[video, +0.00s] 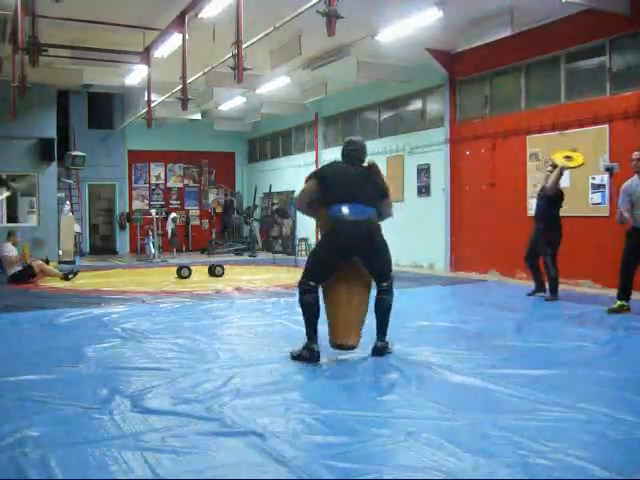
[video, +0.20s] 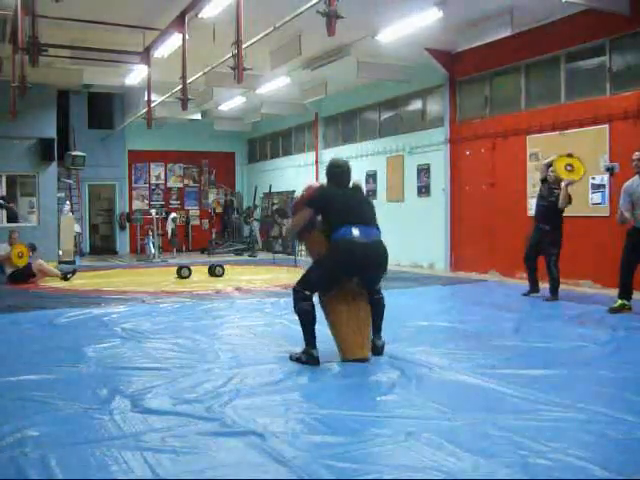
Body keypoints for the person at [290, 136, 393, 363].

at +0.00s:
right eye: (361, 156)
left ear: (342, 155)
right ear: (364, 157)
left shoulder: (328, 170)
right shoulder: (373, 175)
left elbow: (300, 202)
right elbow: (386, 211)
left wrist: (323, 215)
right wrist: (366, 218)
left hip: (336, 235)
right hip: (369, 235)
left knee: (308, 284)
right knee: (384, 282)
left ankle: (311, 346)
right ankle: (381, 342)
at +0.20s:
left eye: (329, 176)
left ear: (328, 177)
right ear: (349, 178)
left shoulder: (322, 194)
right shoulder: (361, 195)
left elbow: (295, 225)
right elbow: (369, 224)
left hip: (343, 253)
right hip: (376, 252)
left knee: (302, 291)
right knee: (374, 289)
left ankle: (310, 350)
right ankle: (377, 340)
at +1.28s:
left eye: (325, 157)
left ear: (324, 159)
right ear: (346, 158)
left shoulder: (319, 180)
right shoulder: (360, 179)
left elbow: (293, 215)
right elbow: (370, 203)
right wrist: (357, 174)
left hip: (343, 241)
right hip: (373, 238)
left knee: (299, 284)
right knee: (375, 284)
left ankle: (302, 346)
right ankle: (376, 338)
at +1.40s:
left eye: (342, 151)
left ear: (340, 154)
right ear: (361, 155)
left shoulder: (328, 181)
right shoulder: (371, 182)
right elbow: (371, 212)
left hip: (339, 251)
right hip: (370, 252)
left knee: (294, 287)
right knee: (373, 287)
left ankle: (303, 346)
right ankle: (375, 339)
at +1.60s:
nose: (344, 170)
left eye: (346, 166)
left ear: (346, 168)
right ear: (368, 170)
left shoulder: (335, 193)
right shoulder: (383, 193)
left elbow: (312, 201)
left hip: (335, 254)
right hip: (367, 258)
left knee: (299, 290)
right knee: (367, 290)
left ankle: (304, 346)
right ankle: (373, 339)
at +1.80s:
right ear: (405, 275)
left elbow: (347, 215)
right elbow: (435, 222)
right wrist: (411, 198)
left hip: (358, 258)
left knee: (304, 293)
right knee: (363, 287)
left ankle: (307, 345)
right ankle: (373, 333)